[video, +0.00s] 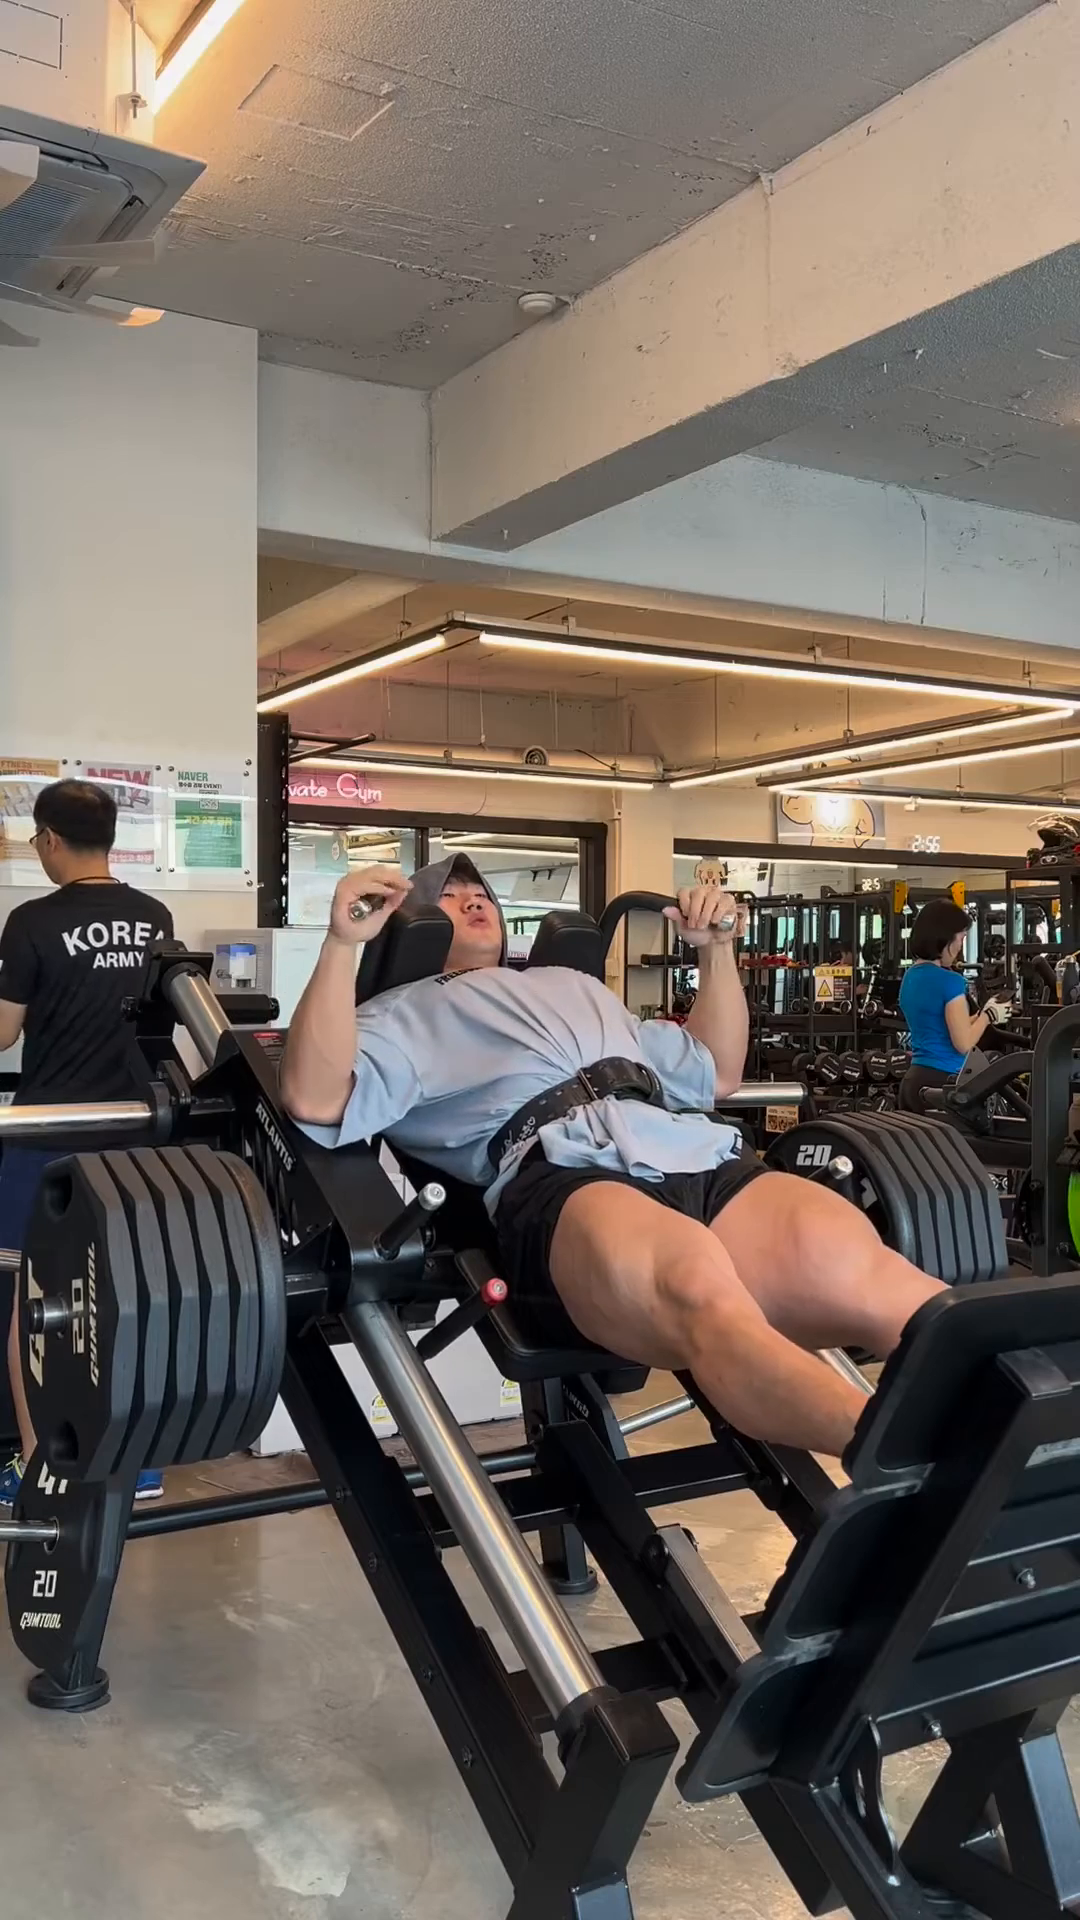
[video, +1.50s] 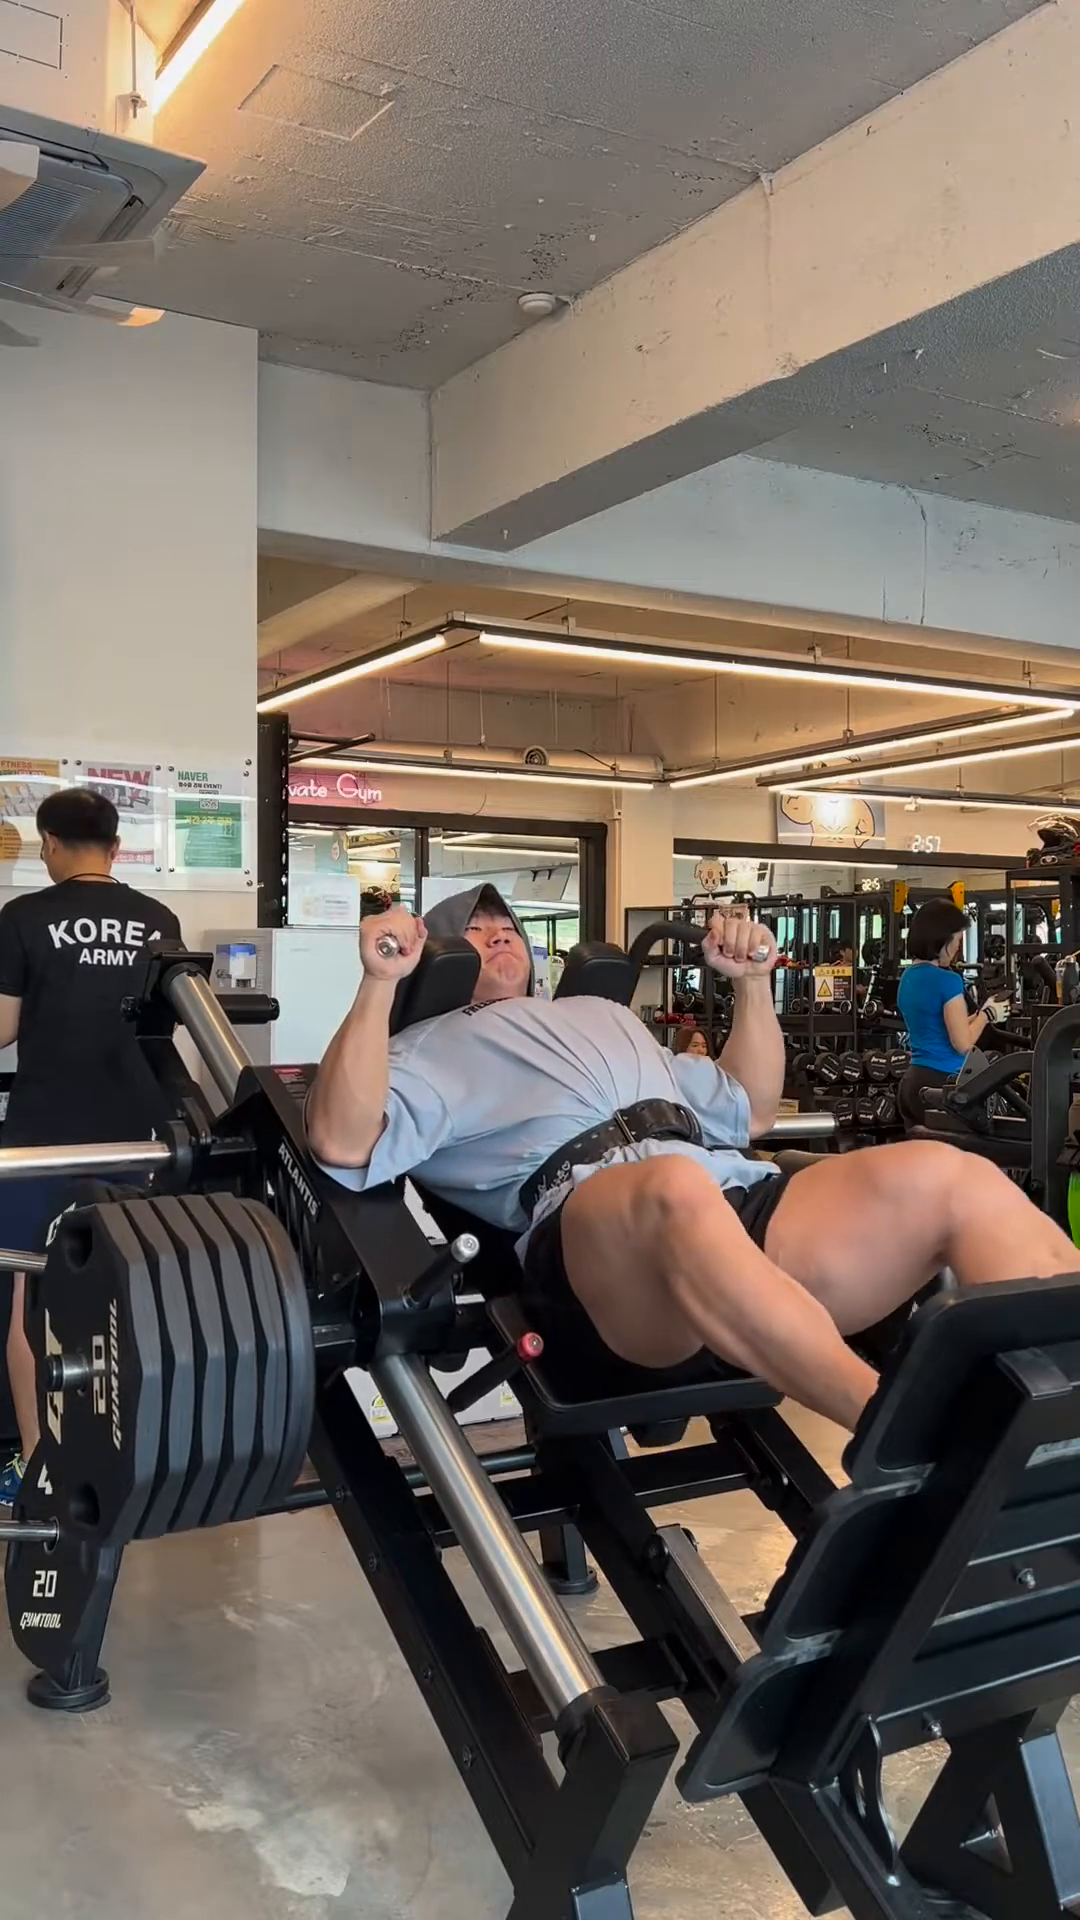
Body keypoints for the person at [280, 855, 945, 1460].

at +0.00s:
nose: (470, 902)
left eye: (482, 894)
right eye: (446, 896)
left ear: (504, 925)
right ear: (417, 936)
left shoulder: (577, 989)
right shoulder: (406, 1015)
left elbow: (712, 1073)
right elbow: (313, 1099)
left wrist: (716, 948)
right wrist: (342, 944)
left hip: (686, 1148)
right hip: (553, 1177)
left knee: (851, 1259)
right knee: (695, 1286)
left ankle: (1037, 1382)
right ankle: (896, 1451)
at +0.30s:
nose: (475, 900)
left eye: (484, 893)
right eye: (452, 893)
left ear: (504, 924)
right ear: (416, 930)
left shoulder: (577, 988)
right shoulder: (404, 1014)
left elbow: (711, 1073)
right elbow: (314, 1099)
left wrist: (720, 955)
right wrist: (351, 948)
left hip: (695, 1158)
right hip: (558, 1181)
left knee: (852, 1247)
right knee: (696, 1283)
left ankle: (1057, 1374)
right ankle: (898, 1454)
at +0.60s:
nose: (474, 901)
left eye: (482, 894)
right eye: (451, 894)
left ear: (501, 921)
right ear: (412, 929)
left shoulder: (576, 987)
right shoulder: (404, 1014)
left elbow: (711, 1073)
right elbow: (315, 1100)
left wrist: (719, 955)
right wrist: (350, 949)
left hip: (698, 1163)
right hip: (560, 1182)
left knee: (848, 1237)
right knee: (693, 1278)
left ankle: (1056, 1371)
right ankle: (897, 1449)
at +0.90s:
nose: (473, 906)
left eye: (478, 896)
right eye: (450, 902)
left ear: (500, 917)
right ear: (415, 935)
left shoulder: (576, 985)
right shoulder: (409, 1014)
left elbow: (712, 1074)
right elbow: (316, 1101)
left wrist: (719, 953)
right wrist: (351, 950)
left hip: (698, 1169)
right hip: (561, 1186)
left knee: (858, 1227)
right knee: (695, 1272)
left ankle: (1056, 1356)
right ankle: (899, 1444)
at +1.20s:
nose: (475, 917)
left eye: (485, 906)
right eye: (455, 912)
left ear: (511, 928)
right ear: (428, 946)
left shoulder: (586, 997)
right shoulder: (414, 1026)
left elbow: (724, 1087)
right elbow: (323, 1116)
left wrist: (730, 964)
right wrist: (360, 963)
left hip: (709, 1176)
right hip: (569, 1199)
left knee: (912, 1208)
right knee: (683, 1229)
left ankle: (1077, 1360)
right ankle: (903, 1443)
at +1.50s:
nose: (498, 938)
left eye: (507, 928)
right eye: (474, 935)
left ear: (530, 951)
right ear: (443, 974)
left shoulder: (606, 1021)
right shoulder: (433, 1053)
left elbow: (750, 1107)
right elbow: (342, 1142)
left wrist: (750, 982)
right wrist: (377, 987)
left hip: (745, 1217)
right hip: (590, 1266)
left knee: (950, 1177)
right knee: (672, 1190)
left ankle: (1076, 1383)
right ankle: (898, 1428)